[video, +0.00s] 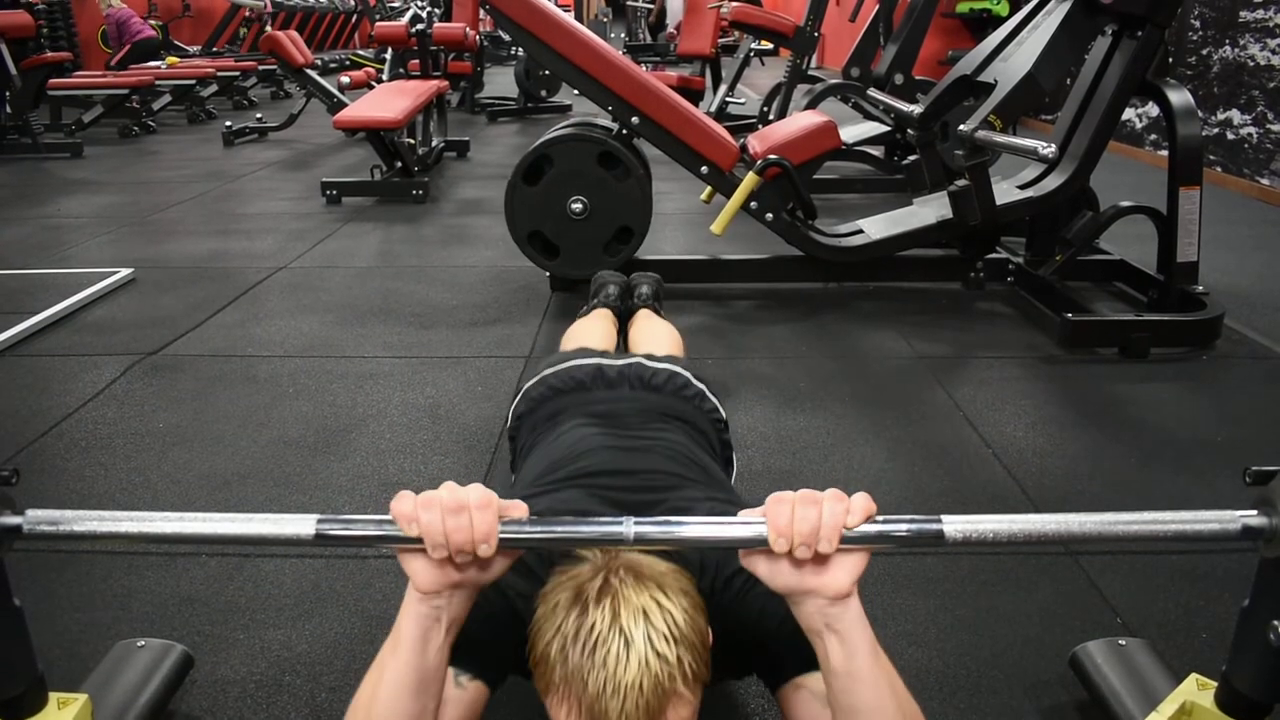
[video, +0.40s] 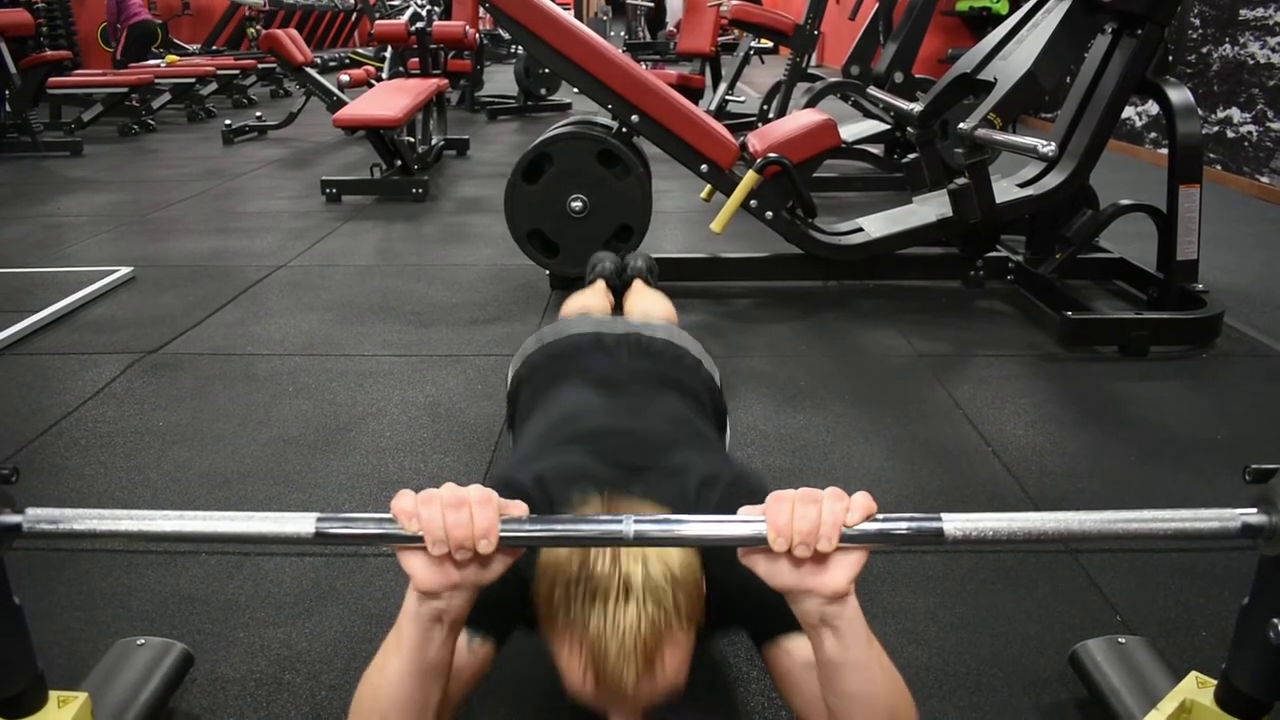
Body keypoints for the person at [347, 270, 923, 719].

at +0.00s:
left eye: (666, 718)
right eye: (589, 719)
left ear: (696, 673)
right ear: (550, 691)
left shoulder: (747, 599)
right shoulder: (502, 596)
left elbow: (844, 713)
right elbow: (419, 712)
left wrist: (835, 614)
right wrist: (431, 604)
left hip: (685, 405)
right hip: (557, 405)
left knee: (659, 343)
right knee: (584, 340)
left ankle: (639, 301)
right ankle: (604, 299)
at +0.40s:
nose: (623, 697)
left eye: (651, 669)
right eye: (594, 675)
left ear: (690, 608)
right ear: (550, 612)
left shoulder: (748, 540)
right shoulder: (502, 547)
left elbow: (849, 708)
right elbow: (403, 706)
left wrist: (833, 613)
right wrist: (431, 609)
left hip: (679, 364)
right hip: (549, 363)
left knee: (655, 318)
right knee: (575, 316)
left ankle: (637, 285)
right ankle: (594, 284)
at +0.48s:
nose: (622, 676)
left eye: (650, 645)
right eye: (592, 644)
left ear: (689, 572)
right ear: (545, 571)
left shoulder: (739, 485)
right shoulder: (506, 490)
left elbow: (861, 707)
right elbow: (386, 704)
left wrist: (829, 612)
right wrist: (431, 606)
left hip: (674, 308)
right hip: (548, 309)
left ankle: (638, 269)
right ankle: (594, 271)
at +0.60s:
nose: (626, 573)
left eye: (654, 538)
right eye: (600, 537)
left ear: (692, 473)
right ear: (560, 473)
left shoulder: (737, 420)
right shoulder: (509, 415)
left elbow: (853, 651)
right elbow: (396, 624)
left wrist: (821, 590)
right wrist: (434, 566)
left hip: (675, 259)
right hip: (553, 254)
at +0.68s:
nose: (632, 503)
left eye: (657, 480)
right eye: (608, 478)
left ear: (695, 423)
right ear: (572, 413)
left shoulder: (740, 369)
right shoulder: (528, 349)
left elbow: (846, 598)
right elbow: (405, 556)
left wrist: (820, 559)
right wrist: (444, 531)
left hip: (671, 222)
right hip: (556, 217)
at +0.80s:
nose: (642, 444)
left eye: (670, 417)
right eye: (619, 415)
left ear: (709, 359)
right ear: (582, 346)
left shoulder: (746, 309)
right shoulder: (541, 297)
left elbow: (824, 454)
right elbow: (455, 425)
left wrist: (822, 490)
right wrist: (436, 479)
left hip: (669, 191)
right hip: (559, 187)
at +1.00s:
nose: (645, 369)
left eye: (672, 341)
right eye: (619, 341)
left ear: (707, 286)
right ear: (579, 283)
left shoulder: (751, 250)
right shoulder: (534, 249)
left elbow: (820, 375)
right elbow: (451, 376)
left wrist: (821, 474)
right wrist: (446, 476)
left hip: (665, 161)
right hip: (553, 158)